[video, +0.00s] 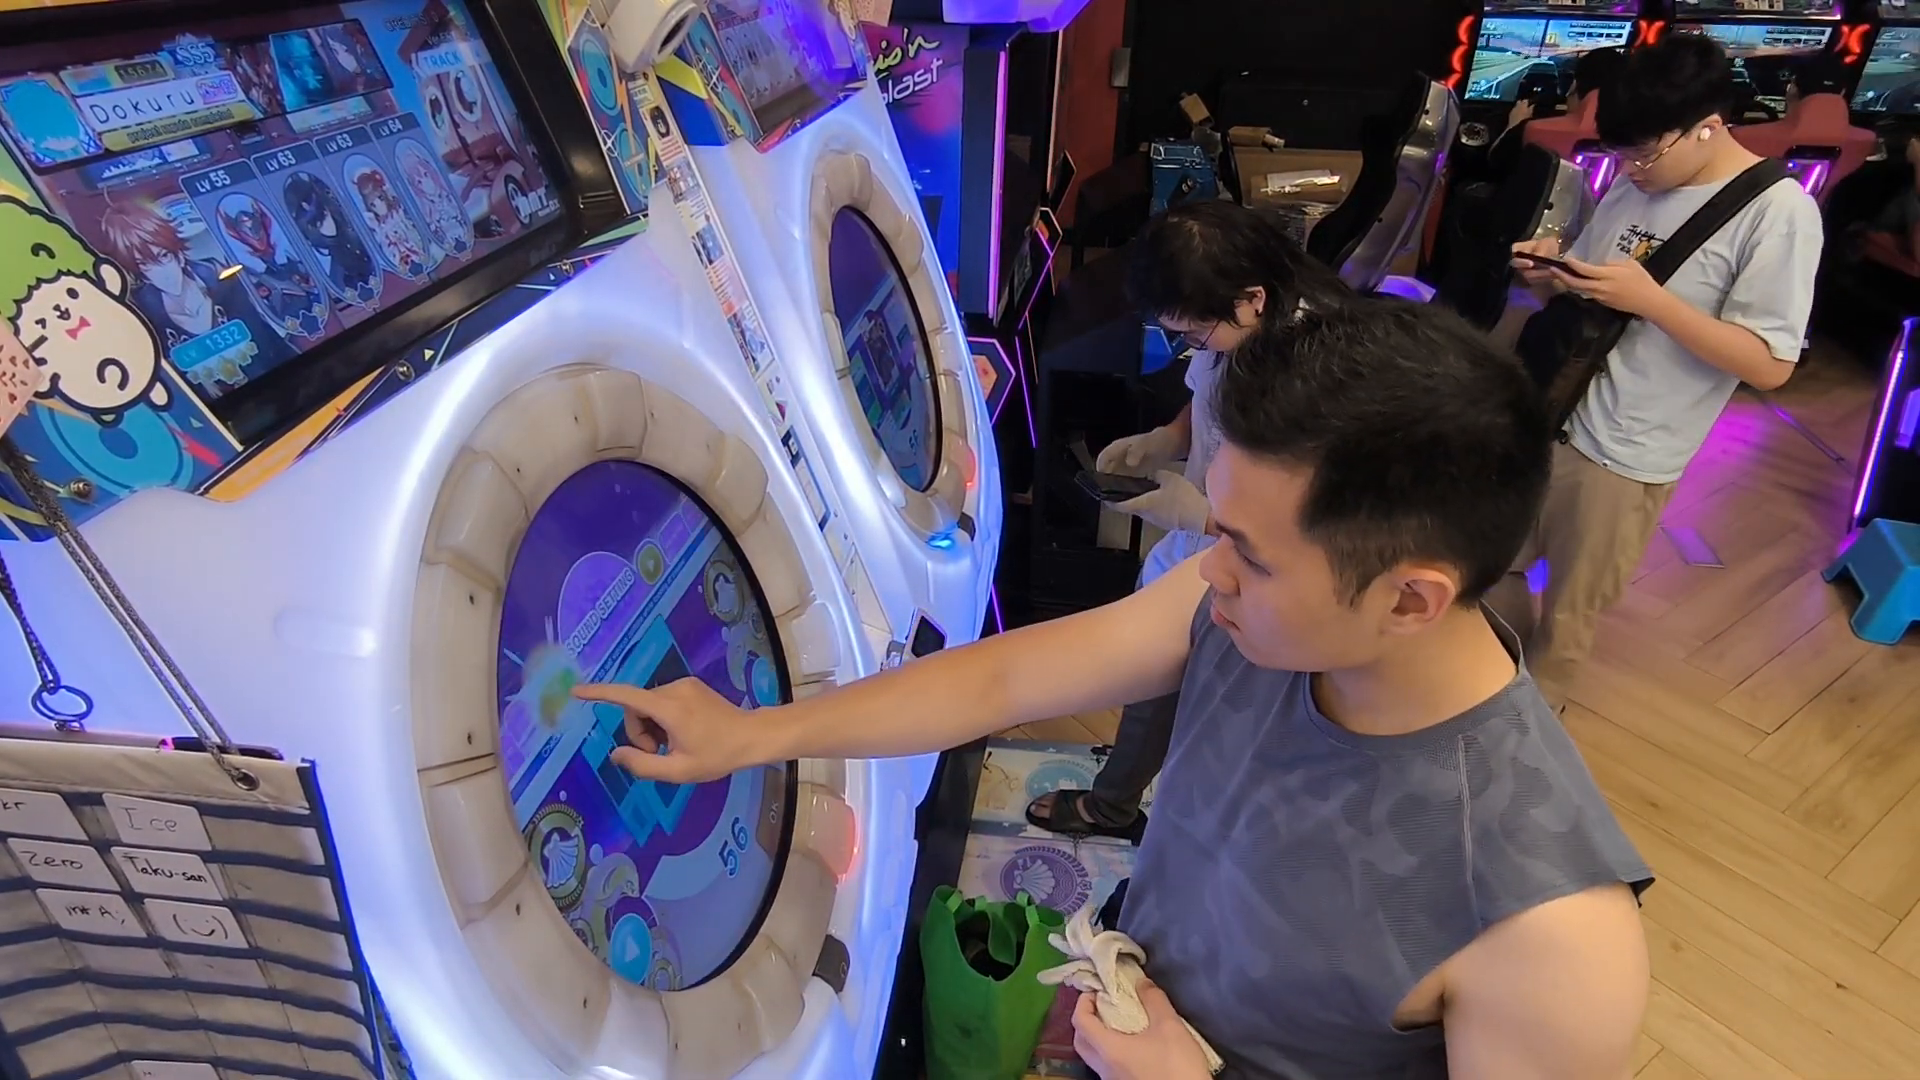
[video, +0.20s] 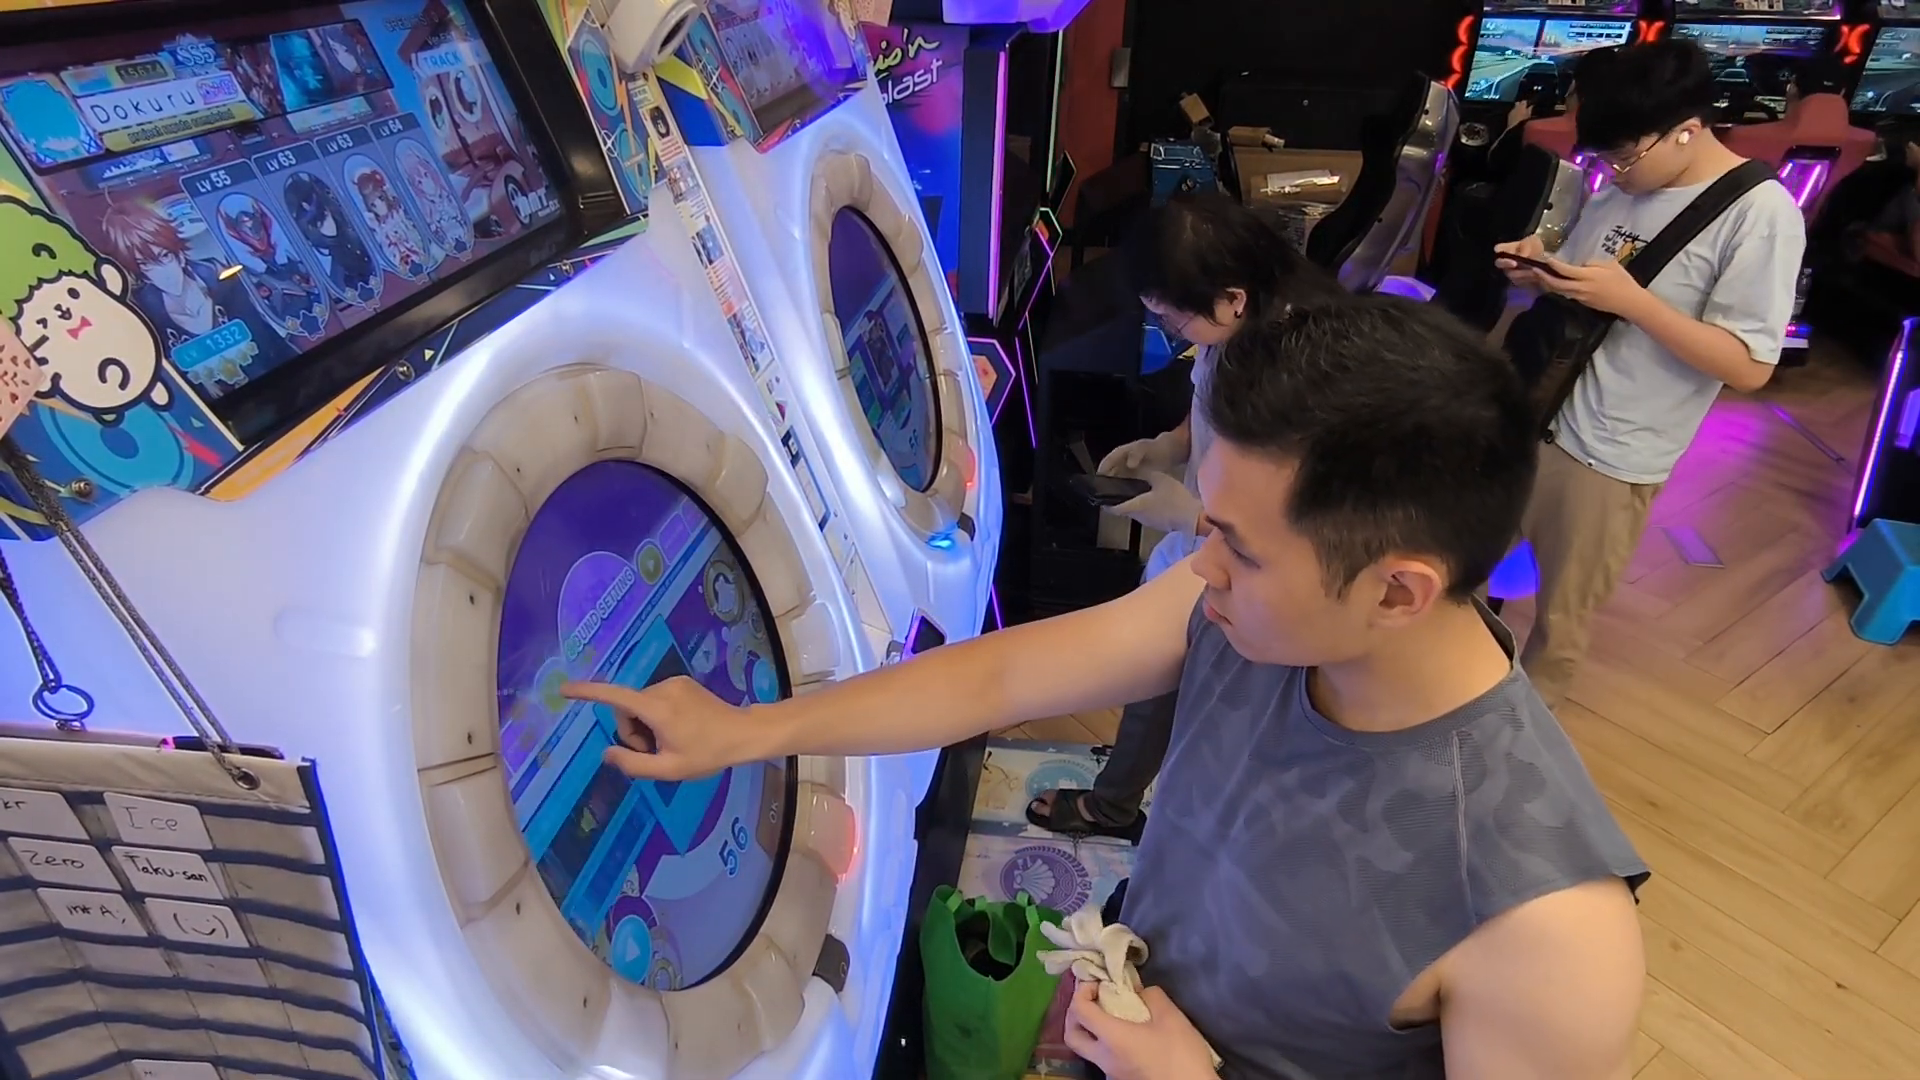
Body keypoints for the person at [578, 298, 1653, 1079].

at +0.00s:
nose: (1204, 570)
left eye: (1247, 560)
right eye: (1217, 528)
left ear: (1414, 599)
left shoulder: (1546, 935)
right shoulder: (1246, 597)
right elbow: (1001, 684)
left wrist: (1202, 1079)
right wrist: (755, 730)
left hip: (1248, 1072)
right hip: (1106, 1010)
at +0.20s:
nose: (1195, 562)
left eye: (1235, 550)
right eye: (1208, 521)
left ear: (1402, 592)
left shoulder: (1541, 928)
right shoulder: (1245, 606)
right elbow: (994, 682)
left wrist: (1204, 1077)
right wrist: (746, 727)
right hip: (1108, 996)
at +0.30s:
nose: (1193, 565)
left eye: (1232, 551)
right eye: (1206, 523)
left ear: (1400, 588)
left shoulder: (1538, 927)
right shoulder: (1244, 607)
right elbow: (997, 685)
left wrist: (1199, 1078)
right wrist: (756, 730)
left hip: (1252, 1067)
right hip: (1111, 1006)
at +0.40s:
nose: (1187, 557)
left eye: (1226, 547)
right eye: (1200, 515)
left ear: (1391, 588)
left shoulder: (1535, 922)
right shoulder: (1244, 602)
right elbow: (1002, 684)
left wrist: (1189, 1079)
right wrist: (769, 740)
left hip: (1252, 1064)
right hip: (1119, 1004)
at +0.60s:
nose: (1190, 550)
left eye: (1229, 538)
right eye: (1204, 511)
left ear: (1394, 579)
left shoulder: (1517, 905)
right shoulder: (1255, 600)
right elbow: (1014, 682)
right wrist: (783, 752)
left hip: (1225, 1077)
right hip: (1121, 1015)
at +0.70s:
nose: (1194, 546)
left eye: (1234, 534)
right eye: (1208, 510)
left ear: (1395, 577)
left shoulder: (1510, 898)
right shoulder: (1263, 596)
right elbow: (1019, 681)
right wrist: (797, 751)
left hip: (1218, 1074)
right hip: (1122, 1014)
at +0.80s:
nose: (1190, 538)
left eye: (1231, 528)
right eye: (1205, 501)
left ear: (1389, 576)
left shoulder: (1493, 902)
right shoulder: (1264, 596)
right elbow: (1029, 683)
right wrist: (816, 771)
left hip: (1211, 1078)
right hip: (1124, 1018)